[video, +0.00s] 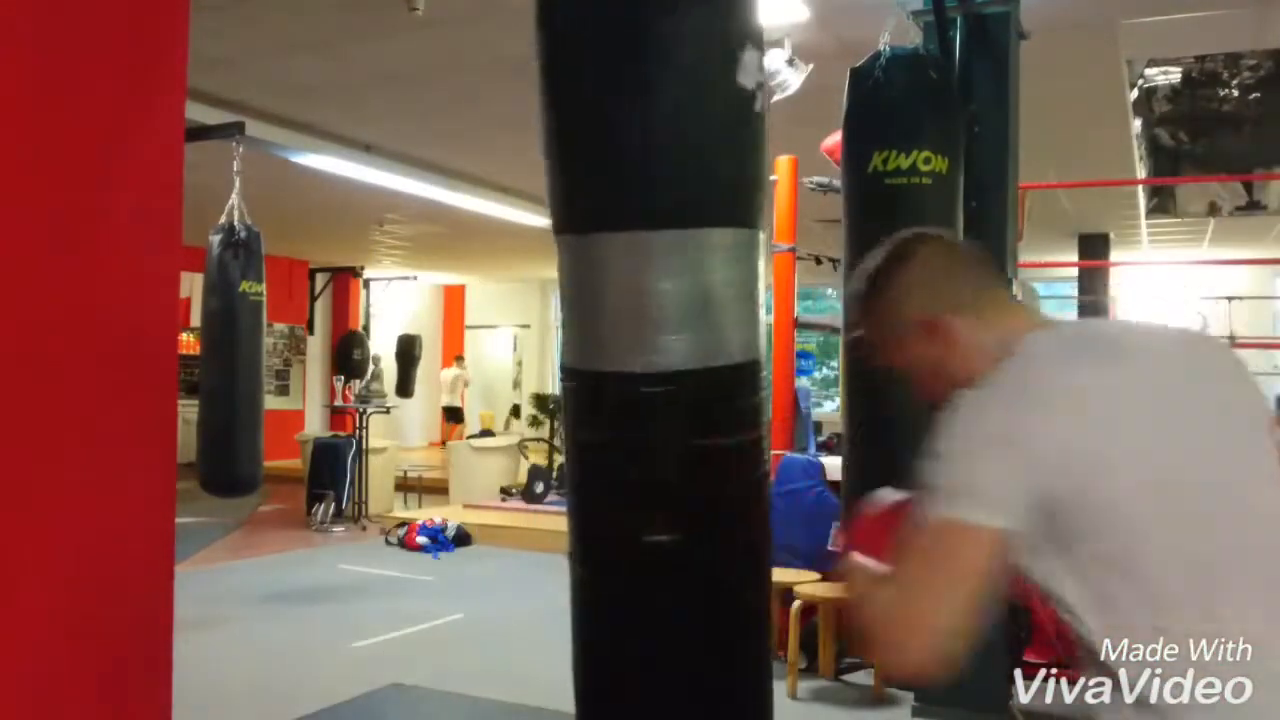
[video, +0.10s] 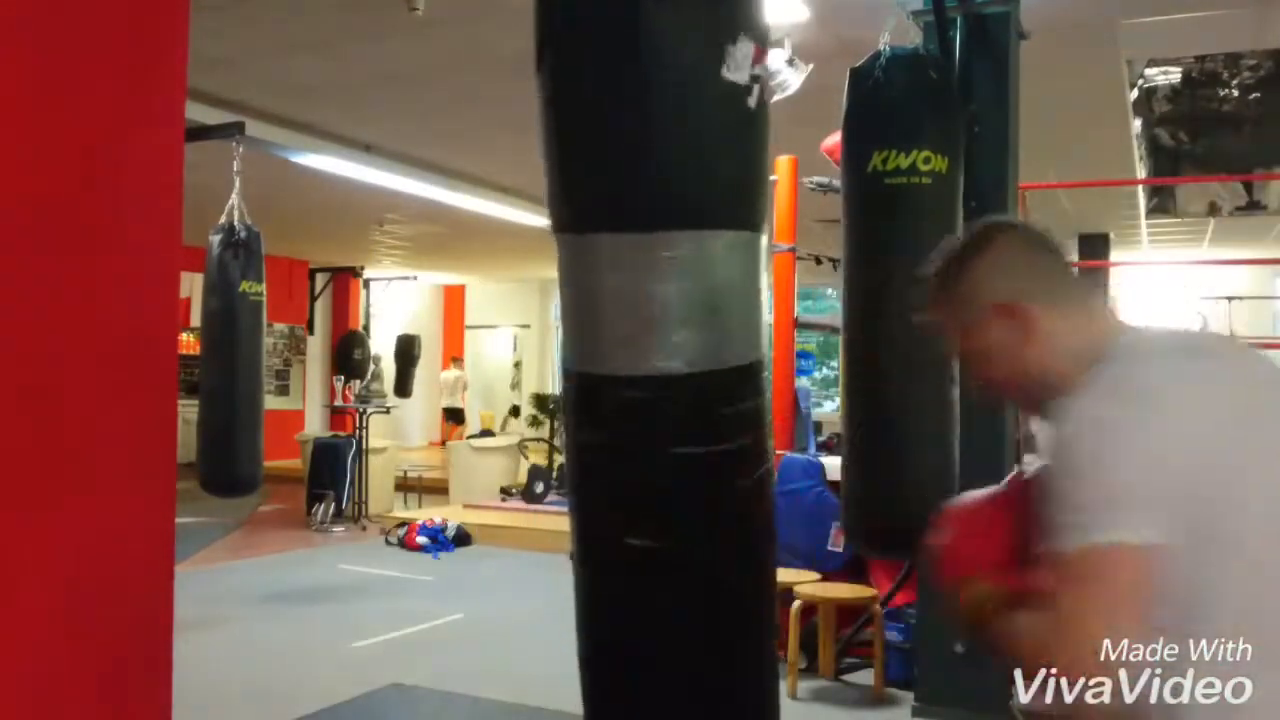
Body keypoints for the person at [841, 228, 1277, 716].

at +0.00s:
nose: (921, 396)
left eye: (907, 372)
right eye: (903, 377)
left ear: (938, 333)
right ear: (1002, 294)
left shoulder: (1001, 414)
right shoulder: (1206, 355)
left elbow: (916, 650)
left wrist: (861, 579)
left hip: (1157, 702)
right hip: (1271, 700)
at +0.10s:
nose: (977, 383)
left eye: (972, 355)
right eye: (966, 360)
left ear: (1017, 321)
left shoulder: (1108, 413)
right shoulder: (1248, 369)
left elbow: (1090, 663)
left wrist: (984, 596)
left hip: (1175, 706)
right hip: (1264, 700)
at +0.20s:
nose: (1059, 373)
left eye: (1056, 348)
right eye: (1049, 354)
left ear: (1104, 297)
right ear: (1106, 295)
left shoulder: (1223, 389)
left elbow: (1244, 652)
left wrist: (1096, 563)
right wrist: (1131, 497)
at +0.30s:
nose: (1133, 371)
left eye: (1125, 343)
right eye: (1119, 354)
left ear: (1167, 276)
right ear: (1168, 275)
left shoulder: (1261, 376)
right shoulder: (1252, 367)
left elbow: (1262, 606)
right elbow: (1242, 528)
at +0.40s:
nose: (1152, 354)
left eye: (1139, 326)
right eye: (1134, 338)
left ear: (1172, 255)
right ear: (1173, 255)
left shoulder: (1266, 332)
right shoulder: (1260, 329)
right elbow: (1213, 548)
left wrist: (1081, 417)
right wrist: (1094, 419)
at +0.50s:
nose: (1121, 328)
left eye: (1106, 301)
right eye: (1099, 311)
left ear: (1147, 235)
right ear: (1150, 234)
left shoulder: (1249, 312)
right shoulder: (1255, 301)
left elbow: (1182, 549)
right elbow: (1190, 537)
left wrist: (1063, 412)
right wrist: (1107, 413)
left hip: (1270, 693)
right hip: (1265, 688)